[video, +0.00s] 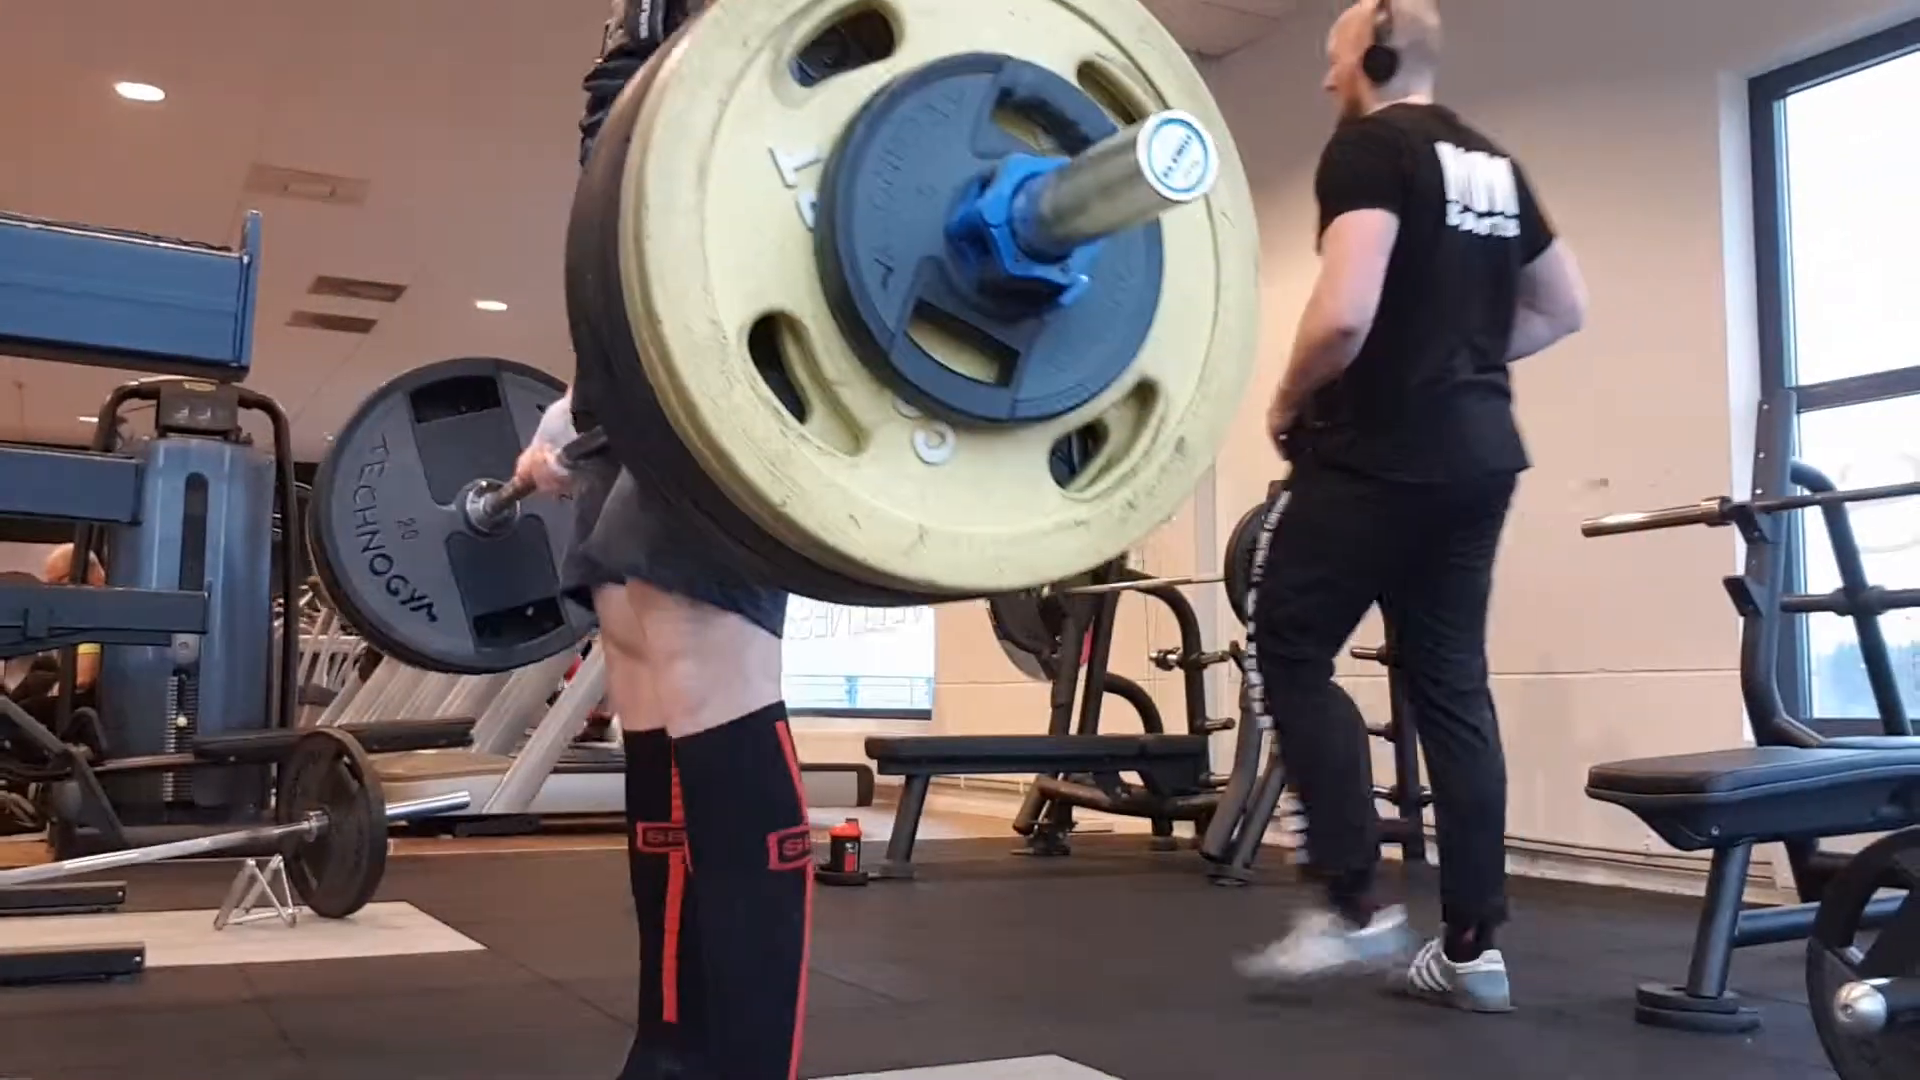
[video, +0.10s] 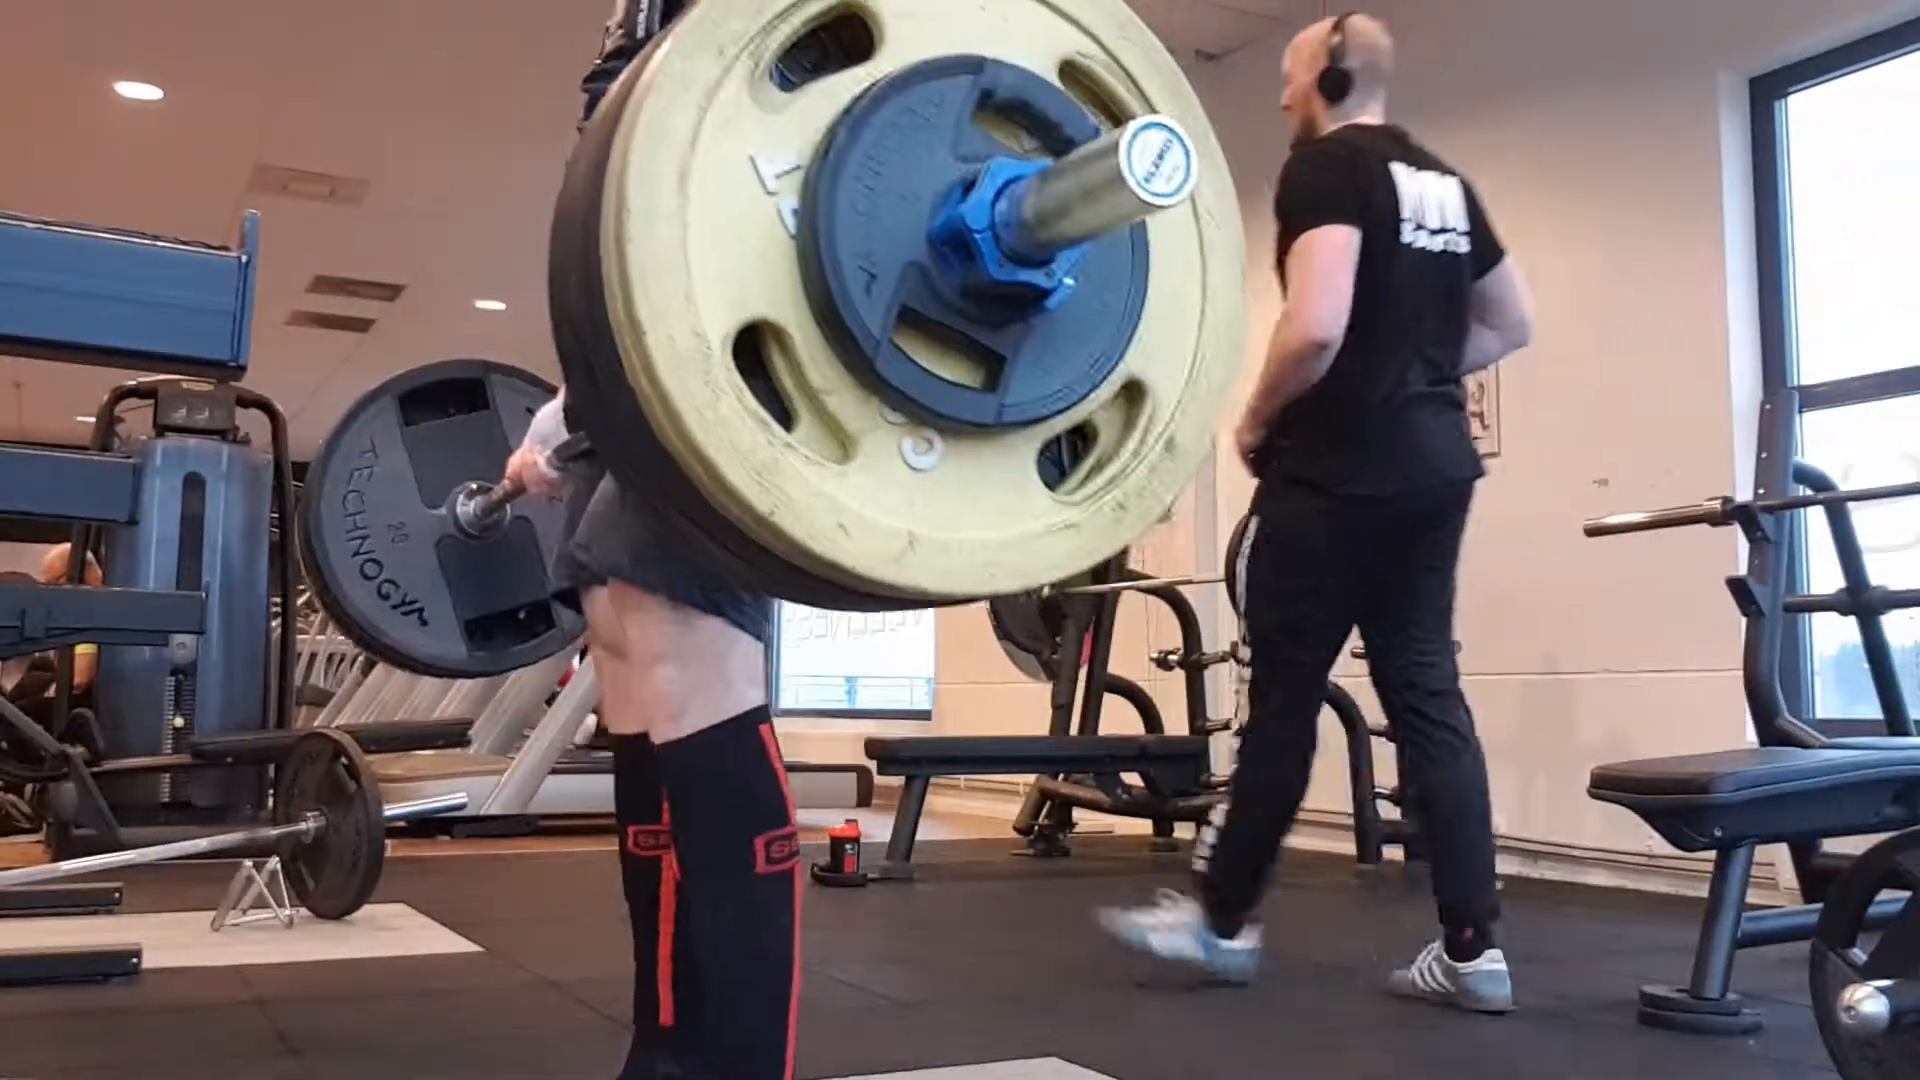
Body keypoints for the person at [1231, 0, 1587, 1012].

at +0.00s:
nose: (1325, 77)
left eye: (1331, 59)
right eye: (1328, 59)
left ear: (1364, 57)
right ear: (1423, 64)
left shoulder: (1368, 145)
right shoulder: (1494, 162)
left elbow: (1346, 314)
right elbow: (1559, 308)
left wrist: (1287, 399)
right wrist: (1462, 356)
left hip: (1375, 457)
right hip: (1477, 459)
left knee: (1291, 651)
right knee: (1450, 685)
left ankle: (1354, 910)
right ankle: (1472, 946)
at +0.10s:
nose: (1284, 102)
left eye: (1289, 86)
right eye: (1285, 86)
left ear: (1319, 84)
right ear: (1376, 84)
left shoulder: (1325, 161)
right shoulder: (1444, 177)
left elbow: (1316, 328)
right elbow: (1506, 325)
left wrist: (1254, 411)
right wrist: (1414, 365)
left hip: (1334, 467)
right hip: (1434, 466)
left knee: (1283, 695)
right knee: (1427, 692)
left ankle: (1219, 918)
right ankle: (1472, 949)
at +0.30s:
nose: (1178, 128)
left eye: (1183, 115)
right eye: (1182, 114)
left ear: (1211, 121)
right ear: (1273, 122)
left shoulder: (1192, 208)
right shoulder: (1342, 210)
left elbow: (1146, 335)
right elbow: (1409, 345)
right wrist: (1322, 385)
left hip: (1223, 499)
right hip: (1332, 496)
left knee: (1190, 701)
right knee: (1314, 689)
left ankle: (1175, 927)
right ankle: (1429, 888)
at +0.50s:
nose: (1104, 139)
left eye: (1107, 127)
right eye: (1109, 125)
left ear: (1125, 130)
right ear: (1193, 129)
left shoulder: (1116, 208)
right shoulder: (1263, 213)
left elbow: (1080, 327)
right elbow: (1336, 340)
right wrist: (1254, 375)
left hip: (1159, 476)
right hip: (1246, 475)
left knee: (1161, 681)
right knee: (1210, 677)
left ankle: (1175, 924)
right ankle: (1230, 855)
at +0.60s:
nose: (1075, 150)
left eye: (1077, 137)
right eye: (1076, 135)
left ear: (1091, 143)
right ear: (1161, 137)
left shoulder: (1077, 221)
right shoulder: (1225, 223)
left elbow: (1034, 359)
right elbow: (1297, 351)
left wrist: (1037, 430)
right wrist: (1209, 385)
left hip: (1113, 485)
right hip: (1206, 484)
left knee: (1106, 666)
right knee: (1170, 657)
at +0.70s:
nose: (1039, 162)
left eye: (1043, 150)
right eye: (1048, 148)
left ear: (1058, 154)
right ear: (1128, 157)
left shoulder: (1044, 237)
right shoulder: (1190, 244)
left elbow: (1001, 355)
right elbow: (1258, 368)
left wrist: (966, 441)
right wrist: (1175, 405)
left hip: (1079, 494)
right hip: (1167, 497)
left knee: (1111, 698)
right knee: (1101, 684)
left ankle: (1177, 916)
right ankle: (1045, 870)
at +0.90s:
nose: (982, 191)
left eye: (985, 180)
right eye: (984, 179)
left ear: (999, 183)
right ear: (1061, 185)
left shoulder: (989, 255)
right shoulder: (1116, 266)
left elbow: (955, 365)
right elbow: (1176, 392)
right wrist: (1097, 415)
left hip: (1010, 503)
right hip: (1093, 509)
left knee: (995, 678)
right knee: (1048, 675)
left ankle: (1066, 829)